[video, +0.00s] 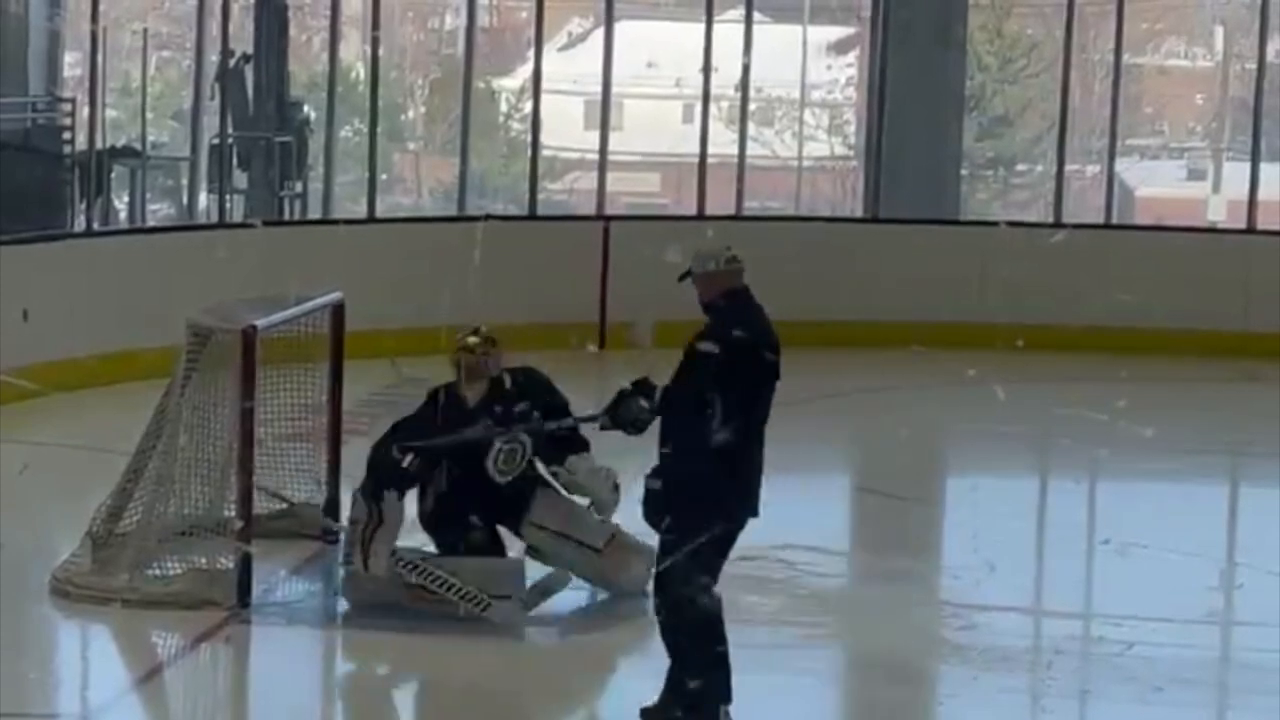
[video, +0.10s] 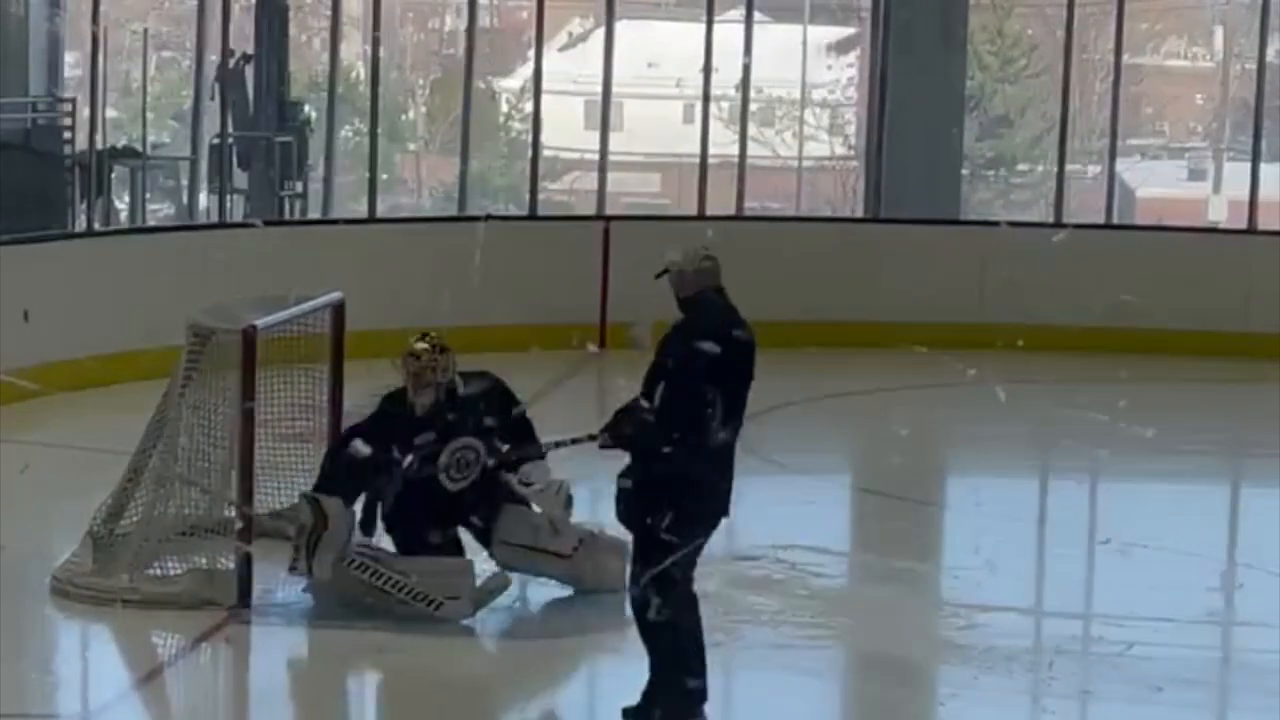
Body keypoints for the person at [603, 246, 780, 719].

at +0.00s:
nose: (693, 288)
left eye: (698, 279)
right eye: (693, 280)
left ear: (717, 280)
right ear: (727, 278)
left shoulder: (735, 334)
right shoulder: (726, 326)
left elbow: (701, 412)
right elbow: (692, 394)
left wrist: (653, 404)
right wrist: (653, 401)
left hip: (717, 489)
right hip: (703, 482)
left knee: (686, 592)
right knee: (677, 590)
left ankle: (704, 702)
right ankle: (684, 696)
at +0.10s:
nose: (670, 287)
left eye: (675, 278)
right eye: (671, 279)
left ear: (694, 279)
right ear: (708, 278)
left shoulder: (707, 335)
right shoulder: (697, 328)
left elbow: (693, 429)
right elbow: (661, 399)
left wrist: (638, 434)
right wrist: (630, 421)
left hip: (682, 493)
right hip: (684, 486)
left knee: (657, 598)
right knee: (668, 595)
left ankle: (676, 701)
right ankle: (673, 697)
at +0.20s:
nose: (644, 286)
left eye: (648, 277)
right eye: (645, 278)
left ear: (662, 279)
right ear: (680, 278)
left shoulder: (697, 333)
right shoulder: (655, 328)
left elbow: (684, 427)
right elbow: (628, 416)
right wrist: (607, 477)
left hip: (663, 489)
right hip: (637, 483)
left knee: (641, 591)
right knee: (629, 589)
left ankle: (655, 700)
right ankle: (643, 691)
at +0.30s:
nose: (620, 282)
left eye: (624, 274)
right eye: (620, 275)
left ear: (639, 275)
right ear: (655, 275)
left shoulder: (681, 328)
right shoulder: (621, 329)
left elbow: (699, 407)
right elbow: (602, 409)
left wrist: (656, 445)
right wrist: (580, 470)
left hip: (648, 481)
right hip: (611, 475)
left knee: (617, 584)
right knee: (602, 583)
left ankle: (622, 695)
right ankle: (613, 689)